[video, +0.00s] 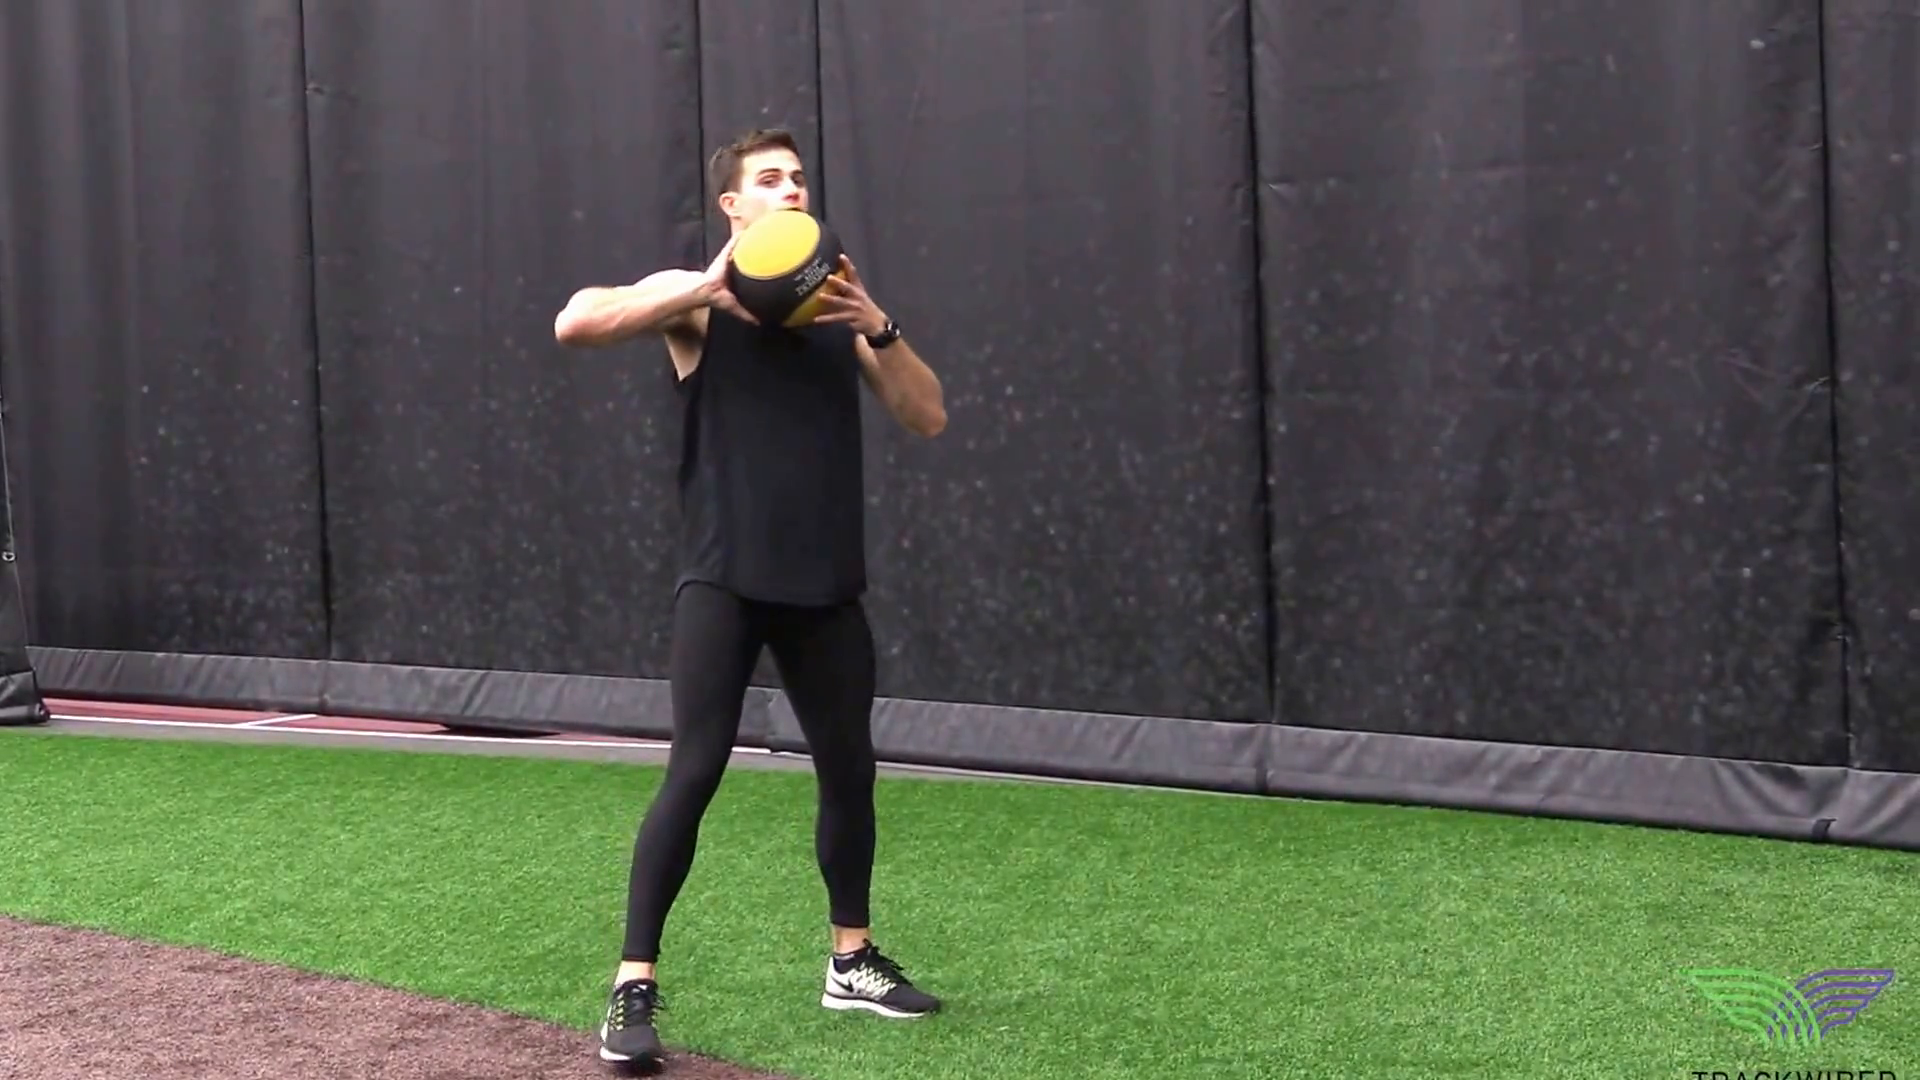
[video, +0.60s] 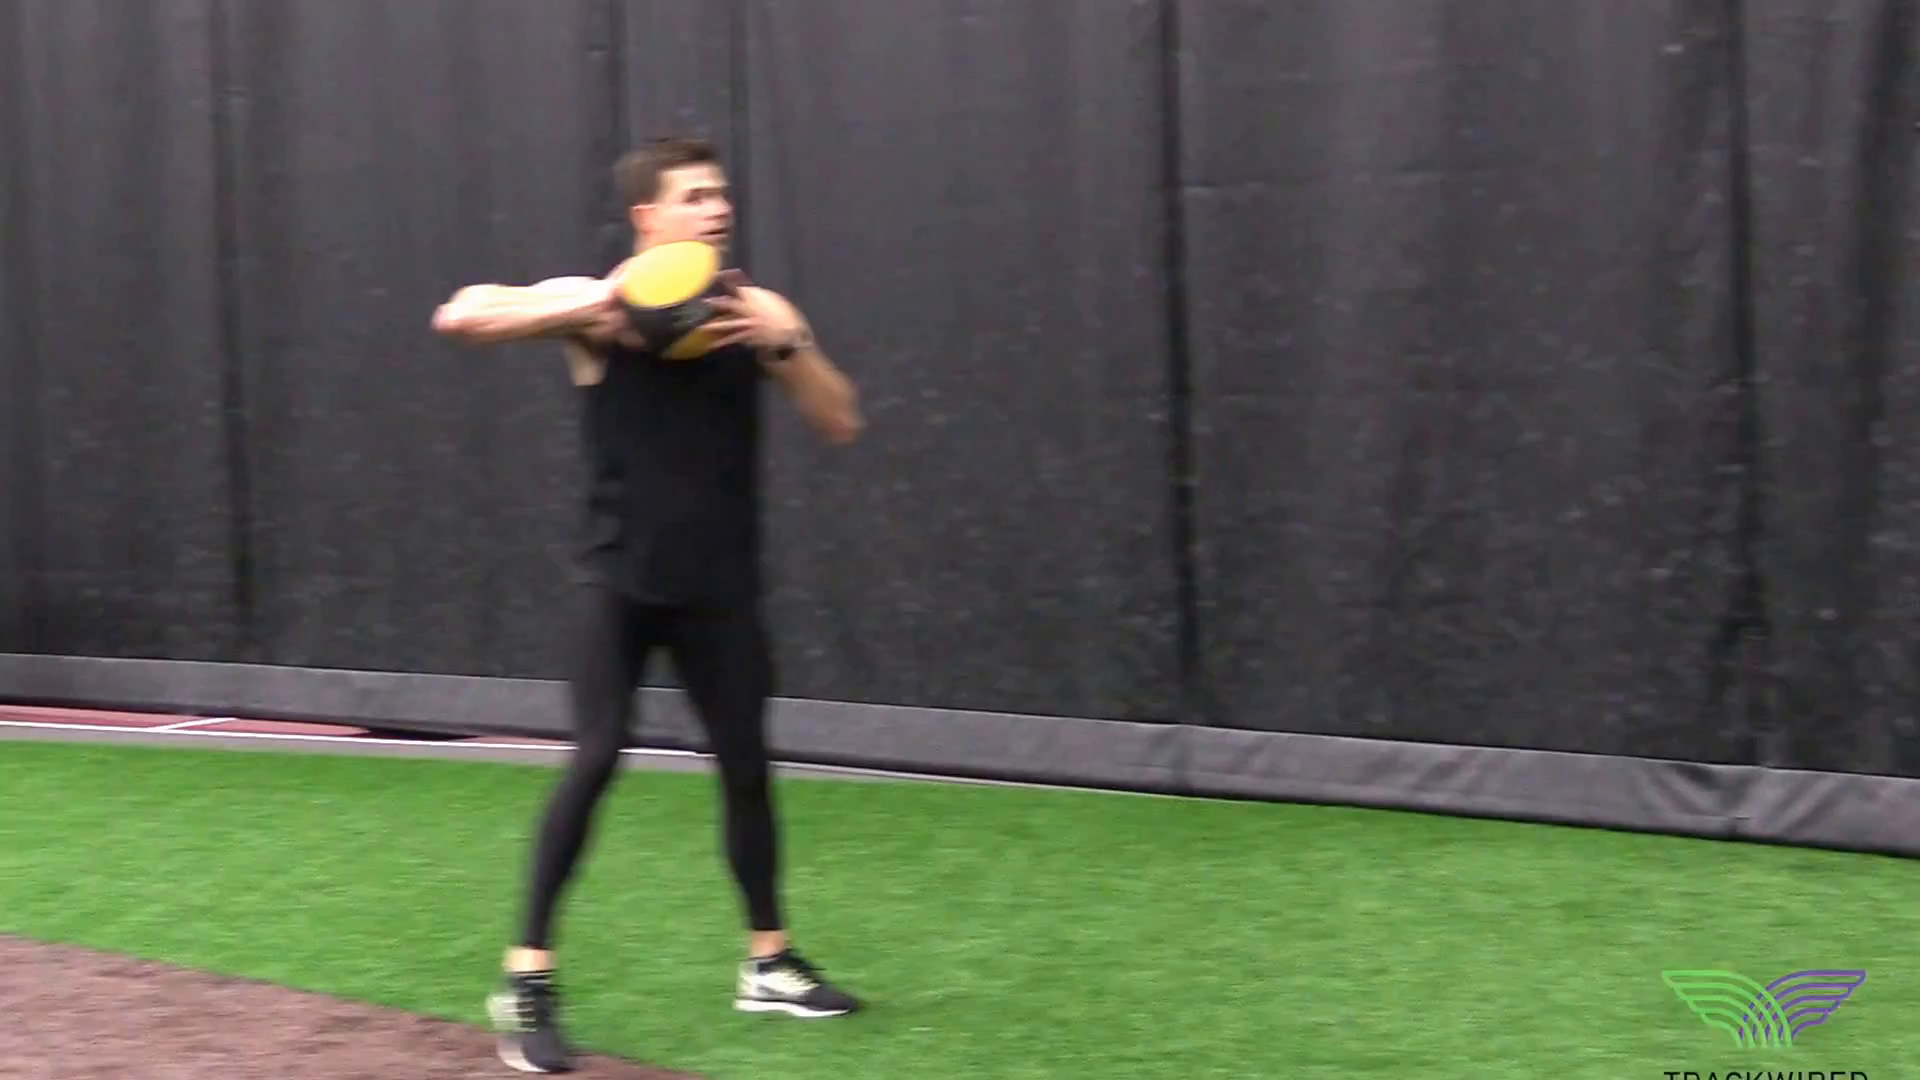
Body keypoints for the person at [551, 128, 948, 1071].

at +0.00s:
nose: (790, 189)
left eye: (798, 177)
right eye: (770, 178)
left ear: (811, 197)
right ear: (729, 202)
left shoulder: (839, 301)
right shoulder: (694, 291)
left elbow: (930, 417)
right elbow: (572, 323)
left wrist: (880, 332)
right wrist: (696, 294)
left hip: (823, 578)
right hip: (721, 574)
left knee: (850, 768)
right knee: (695, 767)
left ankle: (851, 961)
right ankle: (635, 982)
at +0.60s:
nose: (716, 213)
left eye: (721, 198)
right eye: (695, 199)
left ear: (728, 214)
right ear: (643, 216)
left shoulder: (751, 308)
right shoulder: (597, 302)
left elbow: (841, 422)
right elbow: (457, 314)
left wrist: (792, 342)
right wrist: (578, 313)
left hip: (720, 585)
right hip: (618, 582)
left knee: (747, 765)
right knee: (596, 753)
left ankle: (771, 959)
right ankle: (528, 972)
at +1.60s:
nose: (427, 399)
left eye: (426, 378)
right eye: (403, 394)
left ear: (432, 365)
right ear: (352, 406)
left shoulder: (489, 430)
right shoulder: (316, 443)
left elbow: (575, 546)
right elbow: (159, 455)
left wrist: (473, 536)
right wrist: (263, 492)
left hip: (528, 624)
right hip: (420, 642)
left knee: (626, 779)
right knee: (402, 805)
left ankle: (693, 929)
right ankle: (375, 1013)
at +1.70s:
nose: (416, 419)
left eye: (414, 398)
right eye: (393, 414)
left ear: (419, 381)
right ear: (341, 425)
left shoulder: (478, 445)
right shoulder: (302, 458)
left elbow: (568, 561)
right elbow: (148, 468)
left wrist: (464, 555)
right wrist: (255, 509)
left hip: (520, 626)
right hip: (411, 645)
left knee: (624, 778)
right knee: (398, 803)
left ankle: (696, 930)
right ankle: (374, 1014)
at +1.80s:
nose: (408, 433)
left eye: (406, 414)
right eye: (384, 430)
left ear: (408, 394)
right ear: (333, 443)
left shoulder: (470, 455)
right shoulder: (290, 468)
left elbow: (560, 571)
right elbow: (140, 477)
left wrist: (457, 571)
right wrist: (247, 523)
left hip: (517, 629)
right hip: (405, 652)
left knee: (623, 778)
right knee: (397, 803)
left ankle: (695, 927)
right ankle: (372, 1012)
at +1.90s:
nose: (406, 446)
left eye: (405, 426)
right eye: (383, 444)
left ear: (406, 405)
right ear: (332, 458)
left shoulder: (465, 466)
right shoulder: (288, 477)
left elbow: (557, 583)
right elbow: (137, 483)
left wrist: (452, 584)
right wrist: (241, 532)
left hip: (516, 635)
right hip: (403, 658)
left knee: (625, 780)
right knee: (396, 805)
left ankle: (697, 928)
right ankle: (372, 1013)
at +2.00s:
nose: (407, 454)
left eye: (405, 434)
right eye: (384, 453)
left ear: (408, 414)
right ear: (331, 465)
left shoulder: (462, 474)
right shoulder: (288, 484)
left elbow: (556, 589)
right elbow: (135, 486)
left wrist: (449, 593)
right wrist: (240, 539)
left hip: (516, 639)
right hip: (402, 663)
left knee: (628, 781)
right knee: (395, 806)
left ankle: (699, 929)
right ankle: (373, 1013)